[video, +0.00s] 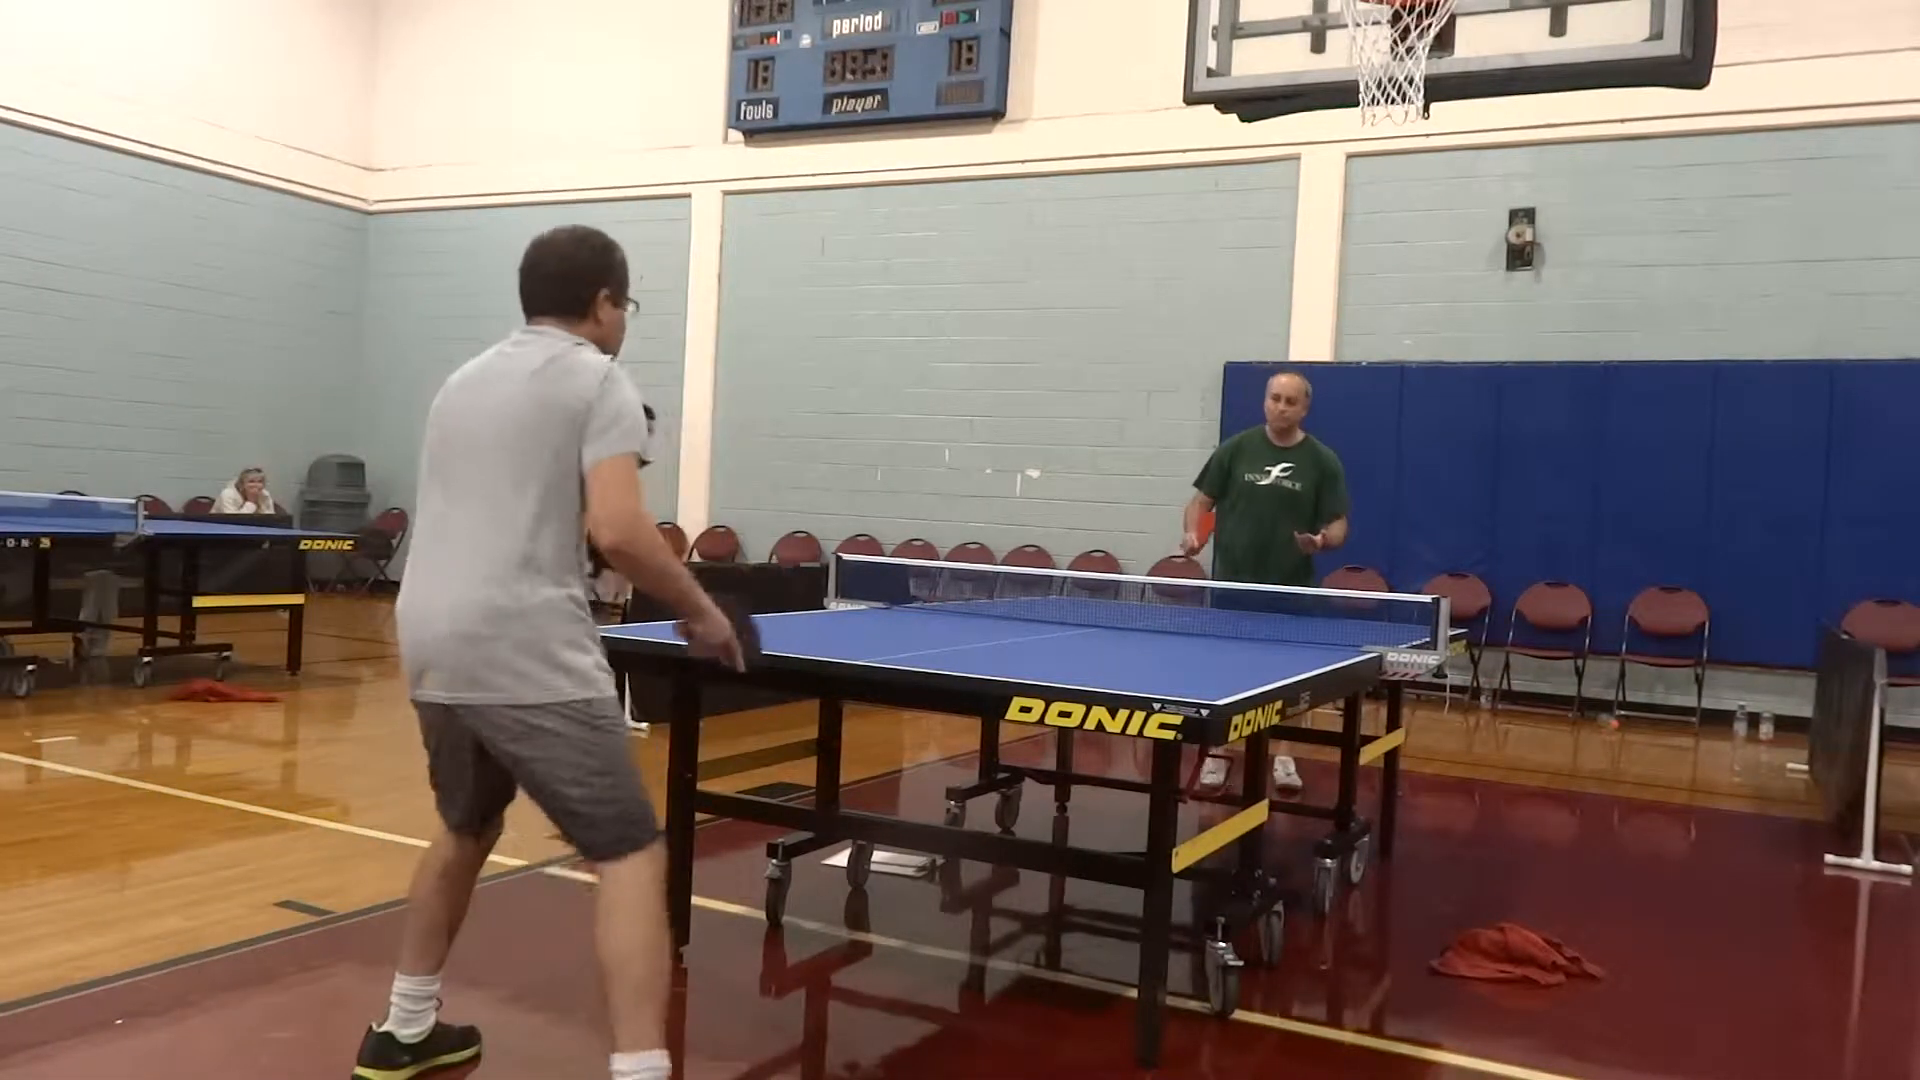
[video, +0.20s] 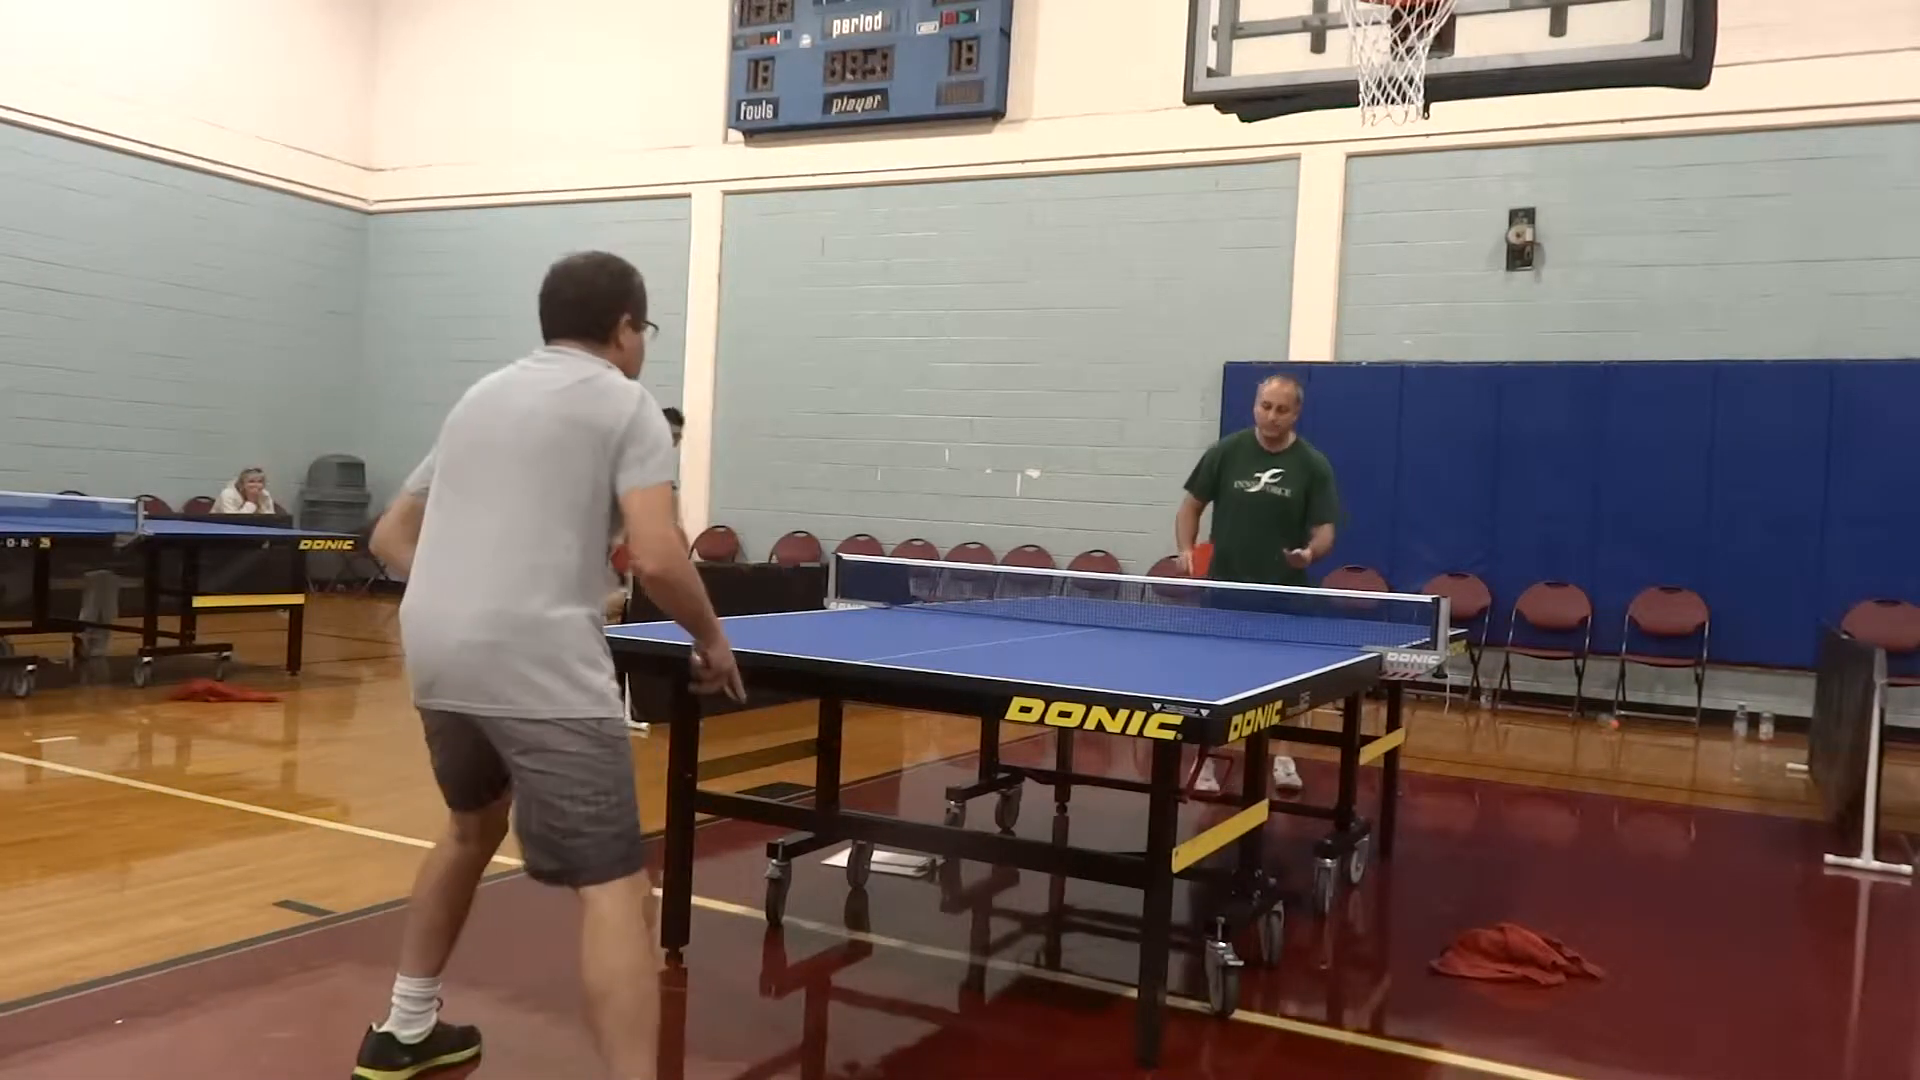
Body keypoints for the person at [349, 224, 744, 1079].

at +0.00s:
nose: (627, 318)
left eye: (627, 303)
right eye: (625, 302)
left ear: (528, 303)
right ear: (600, 302)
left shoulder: (462, 381)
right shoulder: (598, 378)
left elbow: (463, 520)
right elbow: (619, 533)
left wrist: (579, 567)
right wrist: (701, 611)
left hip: (433, 656)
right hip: (533, 661)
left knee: (465, 823)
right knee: (630, 853)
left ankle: (406, 1026)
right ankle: (642, 1070)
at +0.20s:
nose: (645, 344)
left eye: (643, 329)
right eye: (643, 329)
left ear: (551, 327)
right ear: (622, 328)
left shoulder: (482, 396)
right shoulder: (627, 404)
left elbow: (391, 536)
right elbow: (659, 560)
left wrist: (481, 595)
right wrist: (711, 638)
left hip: (436, 655)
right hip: (545, 667)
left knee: (470, 827)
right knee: (613, 884)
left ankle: (406, 1027)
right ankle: (634, 1072)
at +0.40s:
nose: (665, 350)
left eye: (666, 336)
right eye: (665, 335)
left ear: (569, 328)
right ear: (644, 335)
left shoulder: (493, 395)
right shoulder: (642, 412)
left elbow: (403, 537)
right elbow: (672, 571)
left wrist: (511, 580)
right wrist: (717, 654)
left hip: (435, 657)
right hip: (545, 669)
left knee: (463, 830)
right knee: (625, 884)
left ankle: (404, 1028)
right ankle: (635, 1072)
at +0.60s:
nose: (674, 353)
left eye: (676, 340)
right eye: (674, 338)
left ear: (577, 331)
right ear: (653, 337)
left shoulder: (500, 395)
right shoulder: (645, 416)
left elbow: (487, 532)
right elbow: (671, 588)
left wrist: (580, 594)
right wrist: (716, 657)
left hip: (431, 661)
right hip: (539, 674)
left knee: (460, 831)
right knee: (625, 883)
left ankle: (404, 1028)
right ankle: (636, 1072)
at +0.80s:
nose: (682, 361)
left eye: (685, 347)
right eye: (682, 346)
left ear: (585, 336)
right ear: (661, 342)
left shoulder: (506, 396)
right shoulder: (649, 419)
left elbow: (479, 545)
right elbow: (671, 591)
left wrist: (578, 621)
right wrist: (721, 661)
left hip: (429, 656)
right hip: (534, 671)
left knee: (460, 832)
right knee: (625, 884)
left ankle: (404, 1028)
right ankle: (635, 1073)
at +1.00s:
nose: (687, 367)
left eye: (689, 353)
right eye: (687, 352)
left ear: (591, 339)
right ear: (664, 347)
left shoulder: (512, 399)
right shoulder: (655, 425)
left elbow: (488, 545)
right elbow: (671, 591)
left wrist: (579, 627)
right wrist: (723, 664)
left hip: (431, 653)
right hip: (536, 669)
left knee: (461, 832)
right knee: (622, 885)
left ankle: (404, 1028)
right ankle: (635, 1073)